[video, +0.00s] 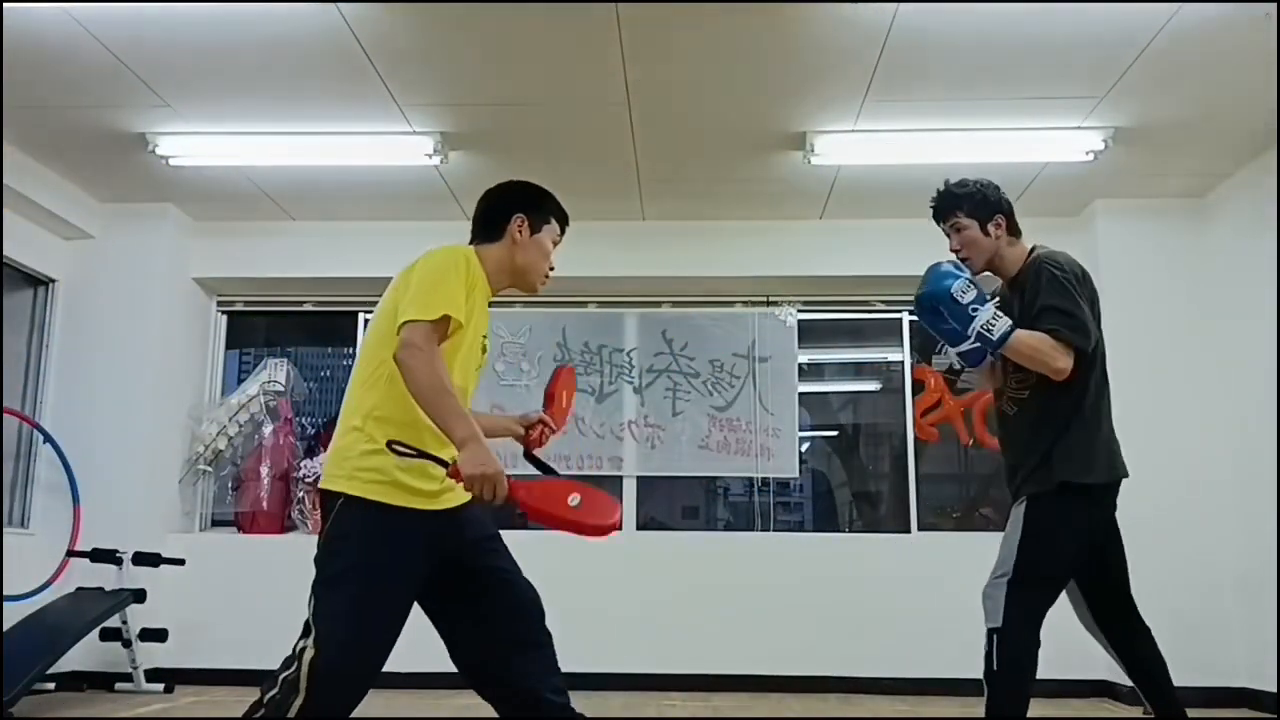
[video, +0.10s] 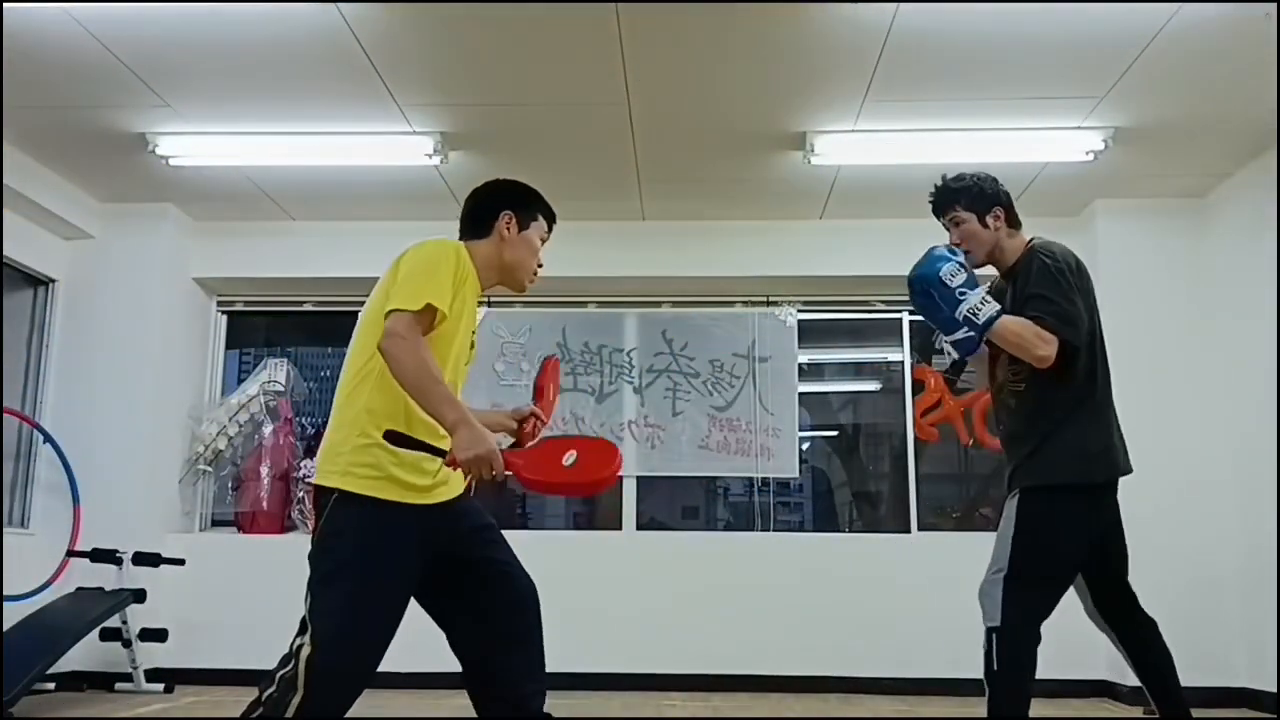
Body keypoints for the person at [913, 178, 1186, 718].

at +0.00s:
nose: (953, 248)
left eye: (959, 233)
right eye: (948, 237)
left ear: (997, 226)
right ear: (987, 232)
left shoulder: (1051, 271)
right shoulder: (1009, 295)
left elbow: (1059, 359)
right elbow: (999, 376)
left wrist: (986, 324)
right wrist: (961, 352)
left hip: (1068, 477)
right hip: (1067, 476)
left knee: (1009, 607)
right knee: (1112, 614)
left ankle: (1002, 716)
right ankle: (1171, 713)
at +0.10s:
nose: (953, 242)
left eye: (958, 226)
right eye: (948, 231)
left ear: (997, 217)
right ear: (990, 223)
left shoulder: (1044, 264)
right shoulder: (1015, 282)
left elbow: (1043, 346)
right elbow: (1003, 384)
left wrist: (970, 305)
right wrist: (970, 337)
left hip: (1057, 474)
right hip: (1080, 470)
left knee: (1008, 606)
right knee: (1114, 603)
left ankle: (1005, 716)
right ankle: (1176, 712)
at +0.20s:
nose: (948, 249)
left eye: (953, 233)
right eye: (943, 238)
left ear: (992, 224)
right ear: (986, 231)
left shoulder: (1039, 268)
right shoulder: (998, 293)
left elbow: (1015, 348)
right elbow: (973, 382)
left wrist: (953, 297)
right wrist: (935, 317)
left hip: (1058, 477)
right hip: (1068, 476)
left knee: (982, 608)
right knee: (1095, 617)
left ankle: (992, 717)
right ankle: (1165, 714)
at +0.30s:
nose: (938, 259)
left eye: (943, 243)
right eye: (934, 248)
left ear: (982, 236)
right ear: (973, 243)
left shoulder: (1031, 280)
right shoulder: (985, 307)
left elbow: (1007, 366)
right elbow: (967, 395)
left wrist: (939, 316)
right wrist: (927, 342)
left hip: (1042, 480)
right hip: (1056, 483)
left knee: (925, 575)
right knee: (1086, 621)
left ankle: (964, 712)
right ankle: (1165, 714)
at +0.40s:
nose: (909, 249)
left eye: (915, 234)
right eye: (905, 238)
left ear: (951, 230)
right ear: (955, 233)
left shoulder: (983, 275)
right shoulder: (1004, 275)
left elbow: (968, 351)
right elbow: (996, 383)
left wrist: (901, 305)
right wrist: (924, 354)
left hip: (995, 489)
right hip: (1051, 487)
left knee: (909, 610)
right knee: (1095, 619)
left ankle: (900, 713)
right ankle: (1165, 713)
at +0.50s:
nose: (881, 266)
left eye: (885, 252)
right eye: (878, 255)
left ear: (922, 245)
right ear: (928, 244)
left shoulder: (941, 292)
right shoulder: (996, 291)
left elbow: (851, 307)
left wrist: (790, 260)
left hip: (973, 501)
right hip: (1038, 498)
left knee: (890, 625)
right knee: (1056, 623)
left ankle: (889, 715)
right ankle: (1139, 712)